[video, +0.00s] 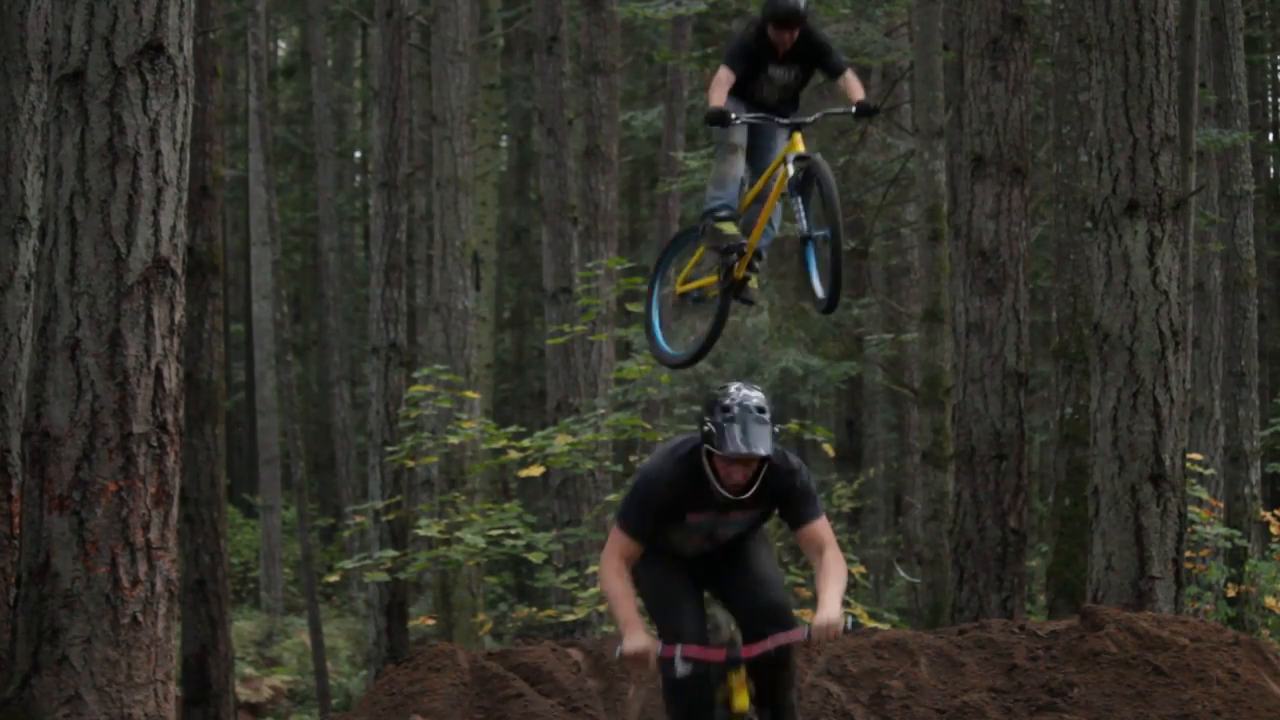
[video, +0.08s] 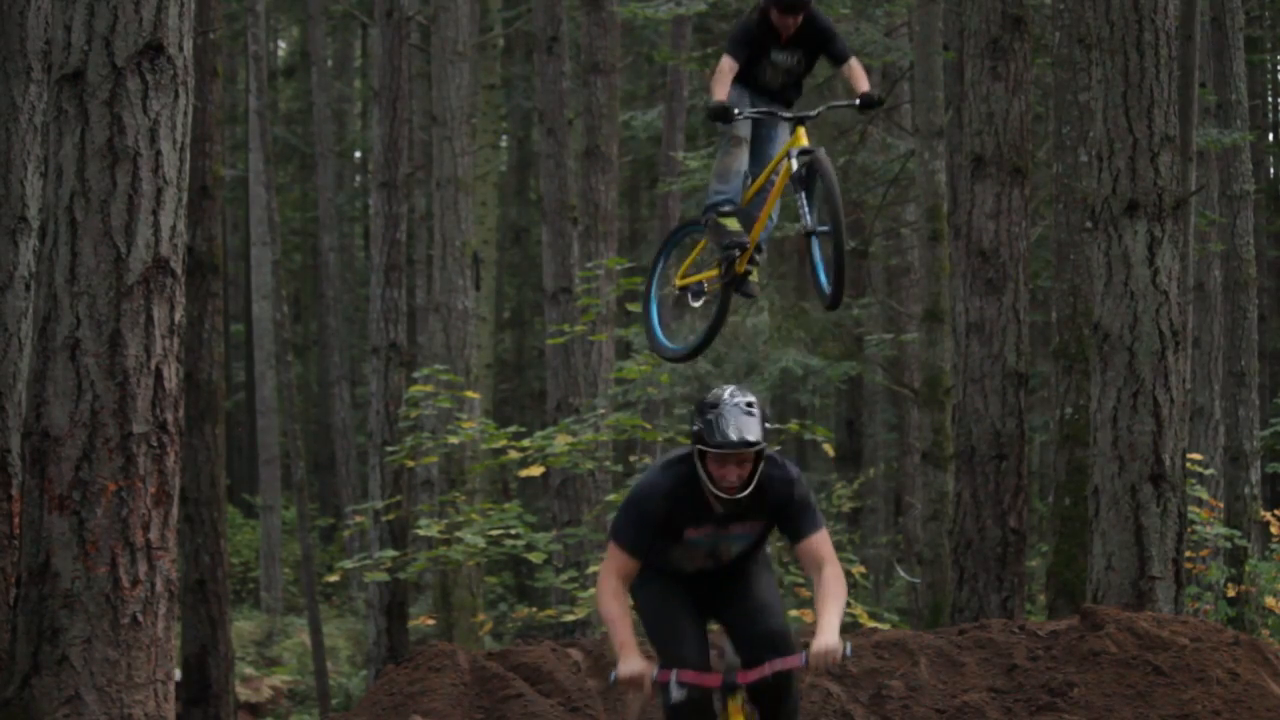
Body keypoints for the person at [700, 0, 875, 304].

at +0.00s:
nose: (785, 37)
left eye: (792, 31)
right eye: (779, 30)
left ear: (800, 27)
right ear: (767, 25)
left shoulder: (812, 42)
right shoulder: (752, 38)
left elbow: (843, 74)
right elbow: (724, 75)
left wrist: (859, 100)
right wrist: (716, 106)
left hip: (776, 119)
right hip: (739, 109)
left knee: (772, 188)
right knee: (734, 142)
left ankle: (750, 264)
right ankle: (720, 216)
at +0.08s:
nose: (790, 21)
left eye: (796, 15)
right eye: (783, 15)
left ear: (805, 11)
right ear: (770, 9)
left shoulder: (816, 27)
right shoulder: (754, 25)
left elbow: (847, 62)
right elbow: (727, 66)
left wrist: (864, 91)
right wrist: (719, 101)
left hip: (778, 105)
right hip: (742, 93)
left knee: (771, 178)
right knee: (738, 136)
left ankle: (749, 258)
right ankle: (722, 209)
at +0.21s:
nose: (796, 2)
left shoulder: (827, 9)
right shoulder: (759, 6)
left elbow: (858, 46)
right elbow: (733, 51)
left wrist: (873, 80)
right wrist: (726, 92)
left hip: (782, 82)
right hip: (747, 71)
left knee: (775, 161)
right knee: (745, 127)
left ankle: (749, 246)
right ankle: (728, 204)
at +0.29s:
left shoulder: (836, 4)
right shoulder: (767, 1)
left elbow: (866, 39)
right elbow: (740, 43)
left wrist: (882, 78)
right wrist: (733, 91)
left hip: (787, 72)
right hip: (751, 59)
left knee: (779, 153)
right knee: (751, 120)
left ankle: (749, 242)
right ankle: (736, 202)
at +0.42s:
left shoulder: (842, 5)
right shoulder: (771, 2)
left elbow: (870, 41)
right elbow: (743, 45)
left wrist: (887, 82)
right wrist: (736, 94)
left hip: (789, 70)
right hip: (752, 56)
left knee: (783, 152)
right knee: (754, 119)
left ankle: (751, 245)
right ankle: (737, 204)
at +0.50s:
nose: (820, 1)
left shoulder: (849, 10)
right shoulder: (779, 5)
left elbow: (880, 52)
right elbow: (749, 54)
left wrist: (896, 95)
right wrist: (743, 106)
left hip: (791, 73)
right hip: (753, 60)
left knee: (795, 156)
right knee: (759, 126)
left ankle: (758, 248)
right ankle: (742, 213)